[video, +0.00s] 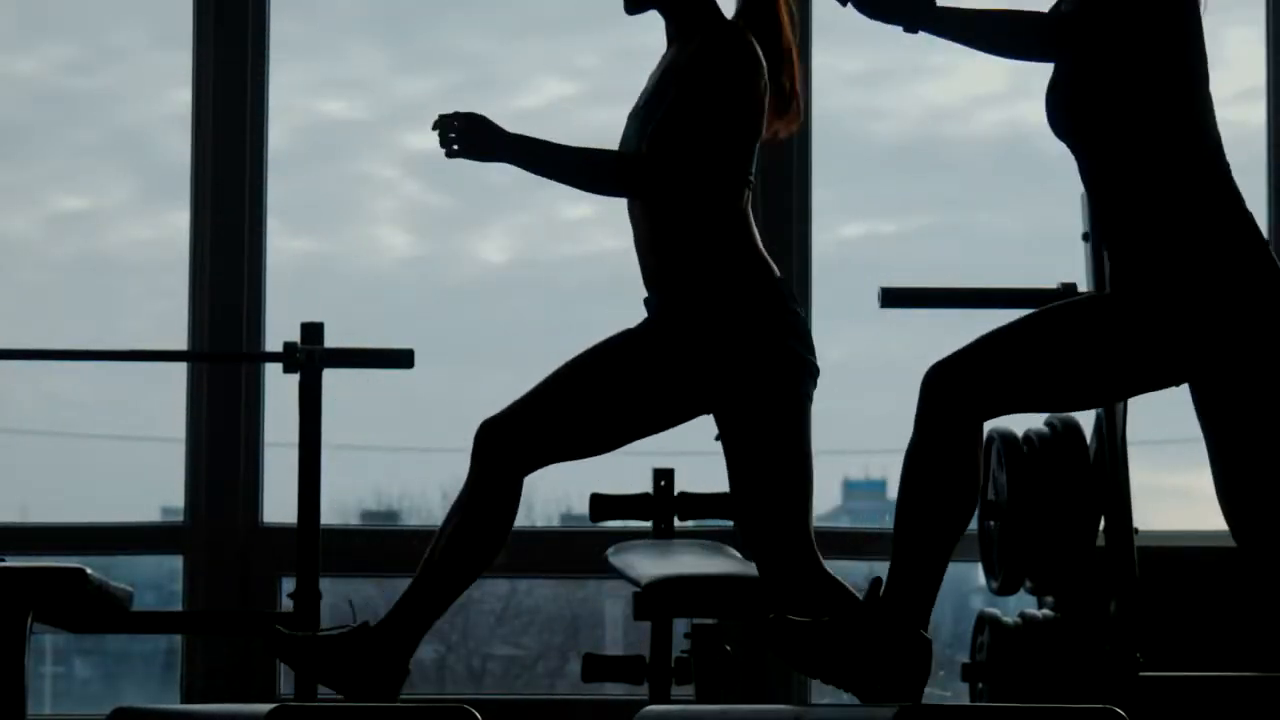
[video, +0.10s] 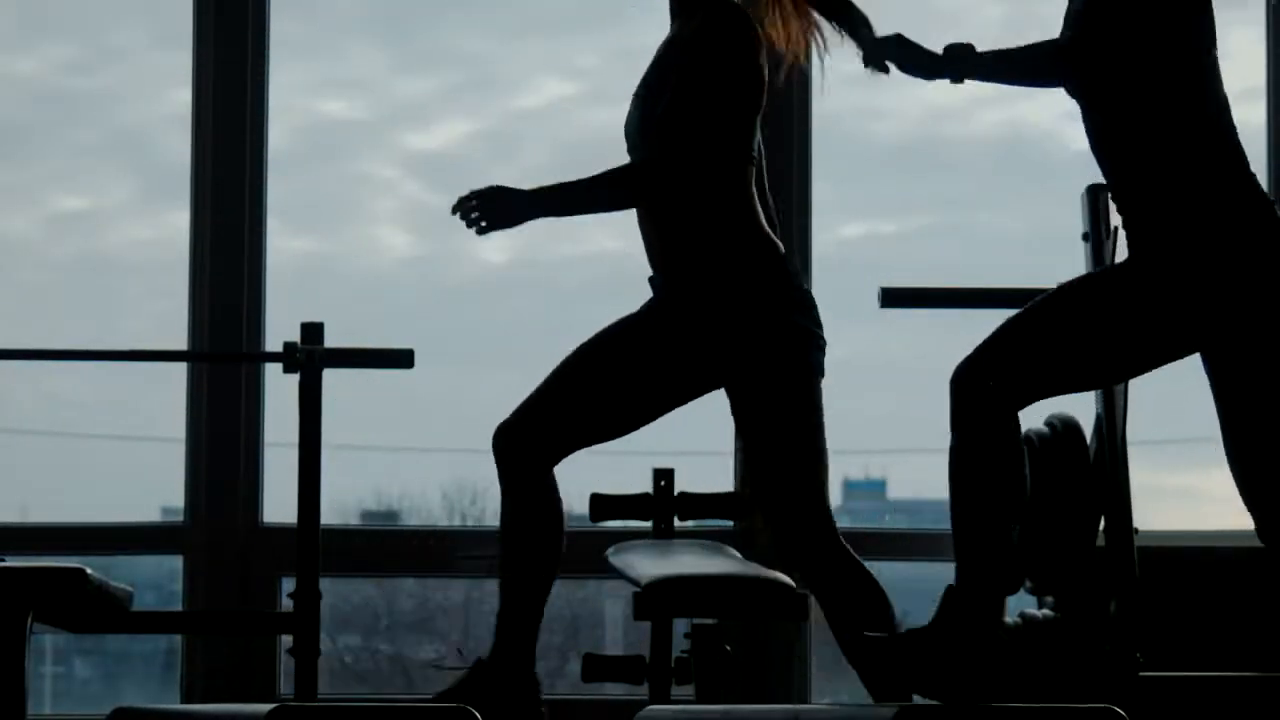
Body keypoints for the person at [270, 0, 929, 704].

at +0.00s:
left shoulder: (719, 58)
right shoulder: (694, 55)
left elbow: (643, 176)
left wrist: (510, 148)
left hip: (735, 338)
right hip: (699, 333)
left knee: (783, 558)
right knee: (504, 445)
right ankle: (386, 648)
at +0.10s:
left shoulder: (725, 41)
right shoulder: (698, 32)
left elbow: (665, 176)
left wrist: (533, 202)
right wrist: (869, 38)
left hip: (757, 316)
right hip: (689, 312)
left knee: (797, 532)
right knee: (523, 444)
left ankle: (906, 707)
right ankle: (510, 670)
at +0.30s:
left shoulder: (717, 64)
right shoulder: (664, 67)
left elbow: (701, 215)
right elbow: (671, 211)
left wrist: (648, 313)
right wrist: (638, 310)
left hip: (724, 338)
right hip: (664, 339)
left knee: (774, 541)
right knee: (633, 554)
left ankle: (889, 705)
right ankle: (732, 718)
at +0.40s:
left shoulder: (708, 67)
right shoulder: (623, 78)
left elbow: (742, 221)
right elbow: (601, 211)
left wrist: (742, 358)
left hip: (699, 339)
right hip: (642, 340)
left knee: (664, 539)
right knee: (653, 543)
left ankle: (818, 684)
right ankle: (726, 703)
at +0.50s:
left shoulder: (697, 38)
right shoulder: (586, 43)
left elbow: (746, 176)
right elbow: (513, 162)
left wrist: (779, 312)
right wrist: (380, 132)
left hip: (684, 295)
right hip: (634, 299)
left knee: (566, 432)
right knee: (666, 511)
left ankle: (693, 649)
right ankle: (718, 672)